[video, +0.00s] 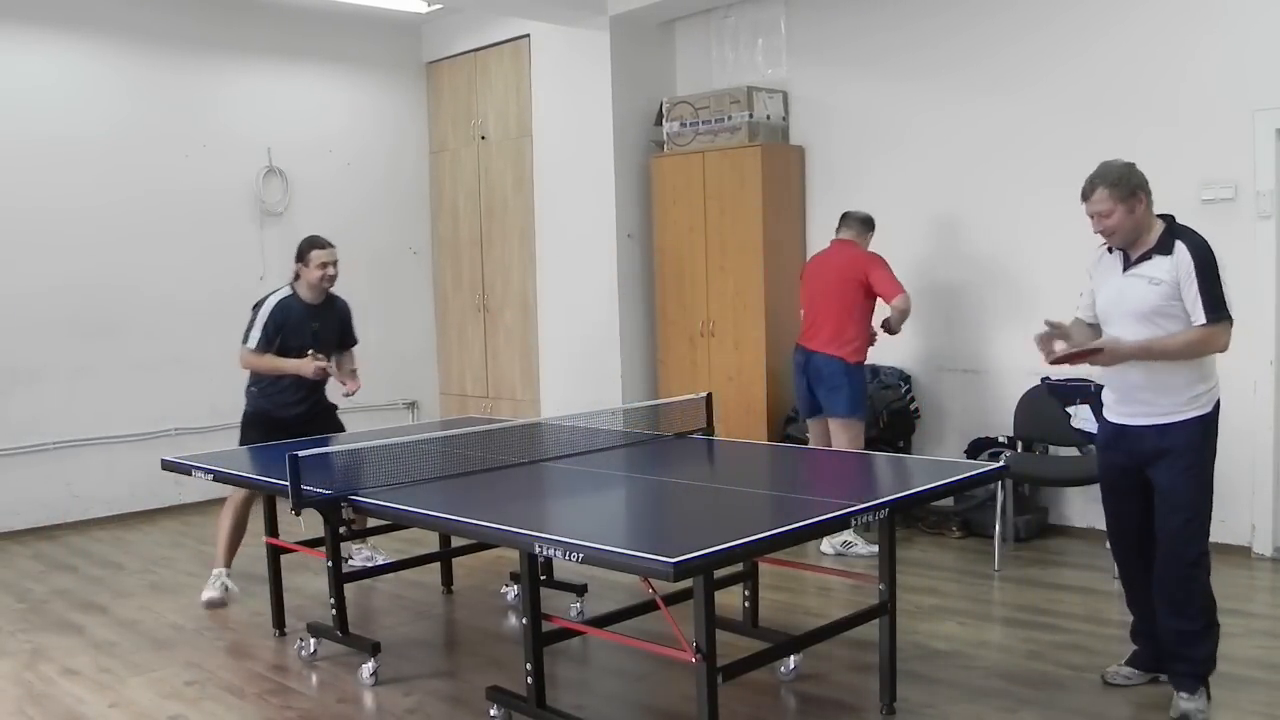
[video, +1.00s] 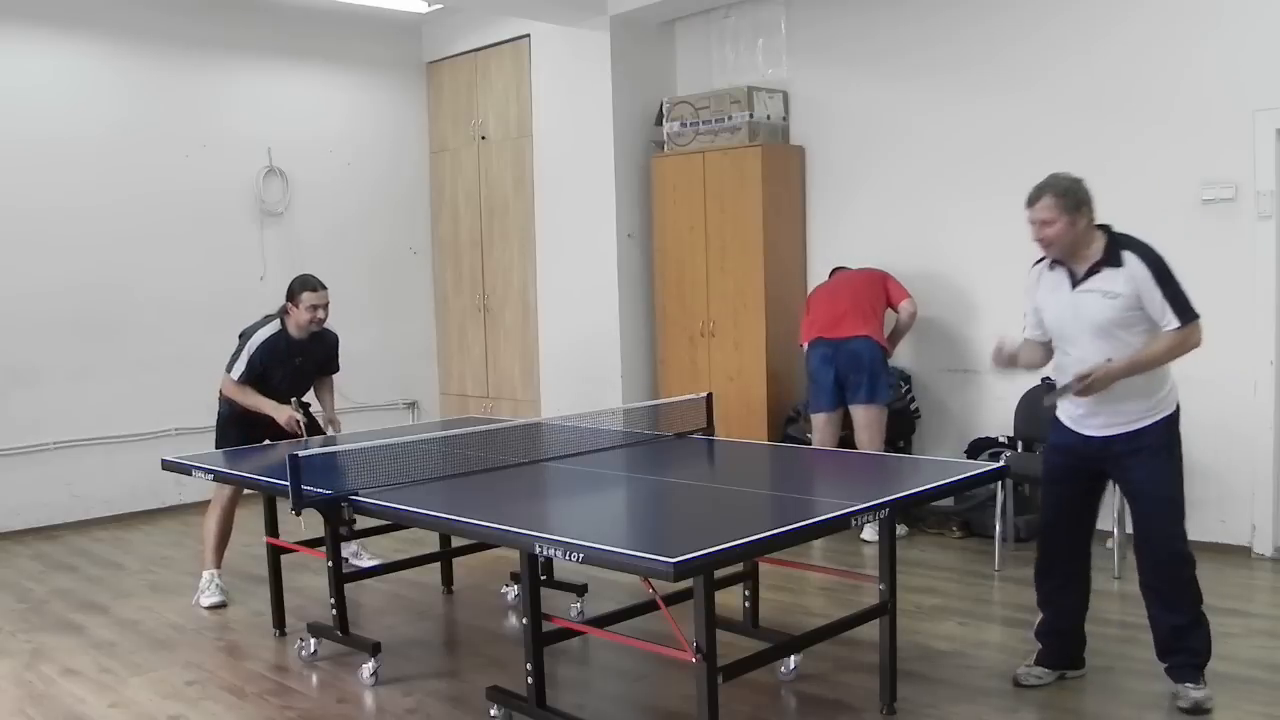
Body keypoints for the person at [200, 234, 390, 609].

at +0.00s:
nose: (332, 272)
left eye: (335, 265)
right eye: (323, 266)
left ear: (336, 267)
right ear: (300, 269)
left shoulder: (338, 308)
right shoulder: (274, 306)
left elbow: (343, 352)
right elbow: (248, 358)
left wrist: (347, 376)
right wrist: (299, 366)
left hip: (315, 414)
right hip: (267, 417)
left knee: (356, 468)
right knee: (246, 486)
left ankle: (356, 547)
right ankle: (220, 573)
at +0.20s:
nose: (308, 276)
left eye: (311, 269)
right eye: (299, 270)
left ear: (313, 271)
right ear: (276, 274)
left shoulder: (317, 311)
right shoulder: (250, 311)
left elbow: (312, 356)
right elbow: (221, 362)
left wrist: (315, 381)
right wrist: (270, 375)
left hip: (292, 412)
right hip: (244, 414)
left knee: (326, 474)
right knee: (230, 488)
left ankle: (346, 547)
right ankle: (216, 576)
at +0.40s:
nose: (304, 291)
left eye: (308, 284)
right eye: (296, 285)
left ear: (312, 285)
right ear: (274, 287)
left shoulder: (317, 324)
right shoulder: (246, 321)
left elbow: (319, 362)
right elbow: (210, 365)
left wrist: (304, 395)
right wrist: (251, 391)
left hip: (291, 414)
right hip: (242, 416)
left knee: (326, 474)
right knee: (227, 488)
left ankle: (342, 549)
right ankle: (215, 577)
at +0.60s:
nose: (319, 313)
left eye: (323, 306)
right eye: (311, 307)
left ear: (327, 305)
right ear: (289, 305)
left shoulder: (328, 341)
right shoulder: (258, 333)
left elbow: (330, 381)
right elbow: (222, 374)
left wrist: (319, 419)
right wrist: (253, 411)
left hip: (294, 414)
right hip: (245, 415)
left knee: (334, 462)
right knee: (228, 489)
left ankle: (342, 547)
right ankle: (215, 576)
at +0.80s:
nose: (325, 319)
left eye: (329, 311)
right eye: (317, 313)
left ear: (332, 309)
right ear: (296, 311)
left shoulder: (331, 343)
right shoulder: (265, 340)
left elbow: (329, 381)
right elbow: (231, 386)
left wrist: (335, 417)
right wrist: (273, 415)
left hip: (295, 412)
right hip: (246, 413)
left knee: (336, 464)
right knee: (229, 489)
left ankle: (342, 548)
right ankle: (211, 577)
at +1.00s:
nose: (321, 314)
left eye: (325, 307)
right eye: (313, 308)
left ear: (328, 306)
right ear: (291, 308)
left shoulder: (326, 340)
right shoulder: (260, 337)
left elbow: (323, 378)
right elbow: (229, 386)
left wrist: (329, 412)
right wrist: (275, 409)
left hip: (289, 412)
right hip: (241, 415)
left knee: (332, 466)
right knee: (228, 489)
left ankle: (344, 547)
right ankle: (210, 577)